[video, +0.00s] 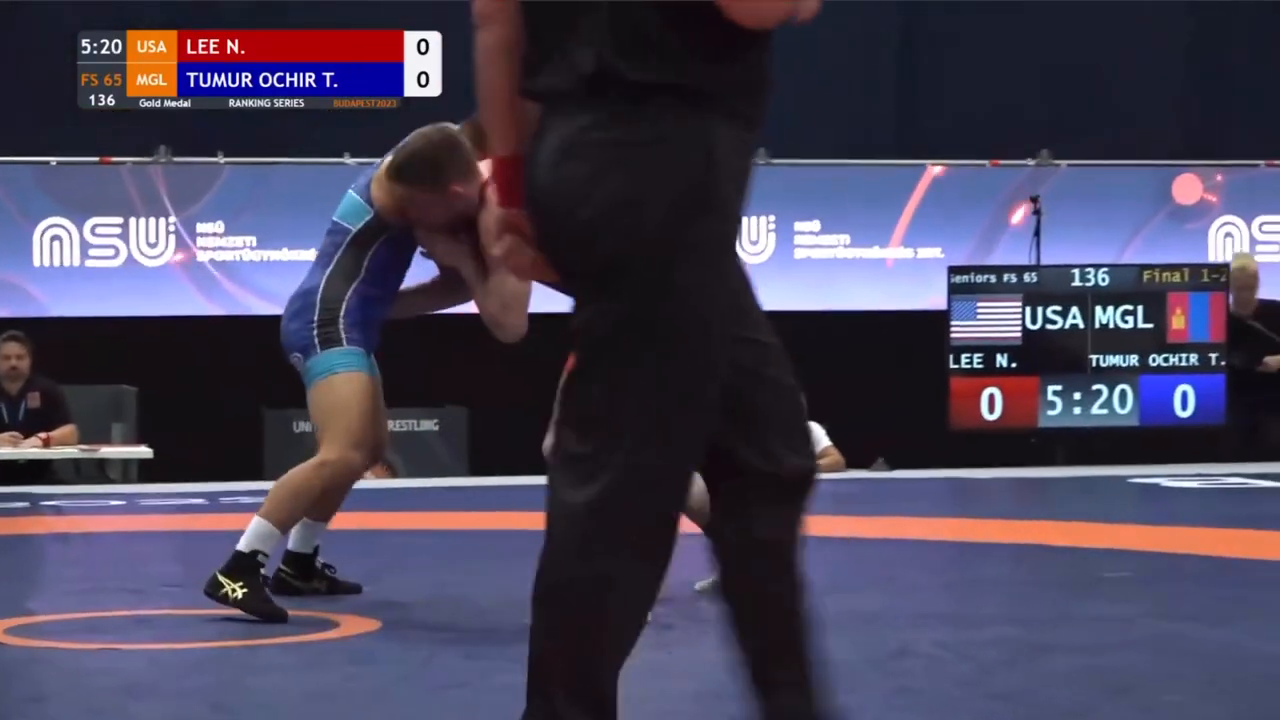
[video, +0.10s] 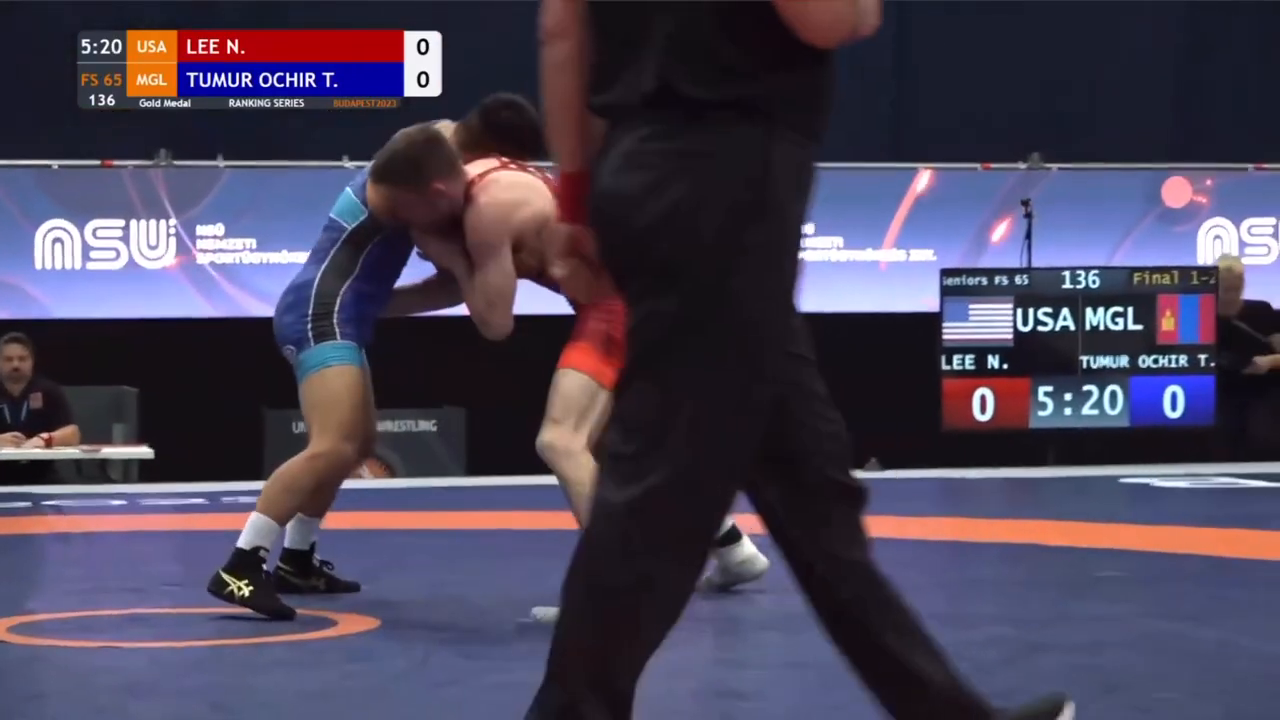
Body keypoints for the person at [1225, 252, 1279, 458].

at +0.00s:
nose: (1245, 295)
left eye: (1250, 289)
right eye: (1240, 289)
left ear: (1257, 285)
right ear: (1230, 287)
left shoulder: (1274, 313)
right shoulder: (1218, 318)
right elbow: (1216, 359)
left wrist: (1276, 359)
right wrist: (1259, 364)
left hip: (1271, 406)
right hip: (1233, 407)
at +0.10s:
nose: (1231, 295)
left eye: (1235, 289)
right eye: (1226, 290)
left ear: (1242, 285)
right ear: (1215, 286)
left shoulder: (1261, 311)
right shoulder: (1204, 314)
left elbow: (1278, 352)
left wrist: (1268, 361)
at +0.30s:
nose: (1213, 301)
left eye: (1217, 295)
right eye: (1208, 295)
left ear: (1226, 291)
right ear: (1198, 294)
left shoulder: (1244, 315)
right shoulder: (1188, 321)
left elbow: (1272, 354)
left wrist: (1267, 375)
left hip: (1244, 402)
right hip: (1204, 402)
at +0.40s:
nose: (1211, 305)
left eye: (1216, 299)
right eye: (1206, 299)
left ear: (1226, 295)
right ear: (1199, 298)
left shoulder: (1246, 319)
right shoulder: (1191, 326)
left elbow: (1273, 356)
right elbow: (1180, 363)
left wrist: (1273, 381)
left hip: (1246, 401)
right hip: (1207, 403)